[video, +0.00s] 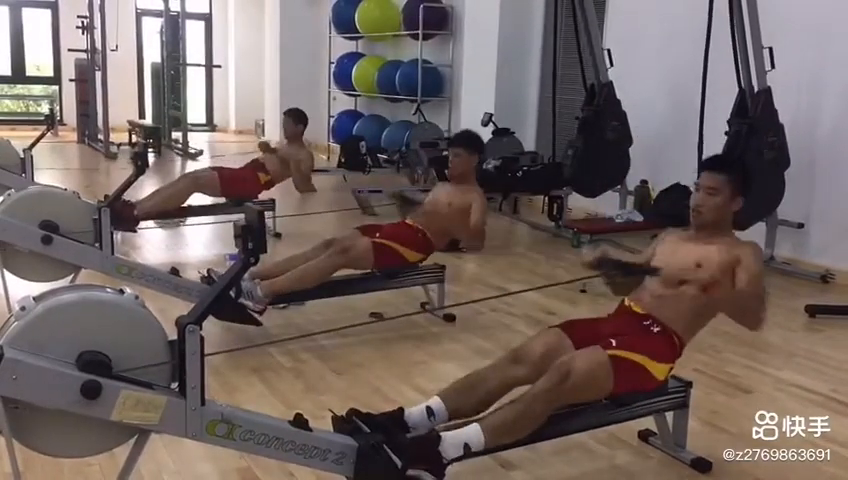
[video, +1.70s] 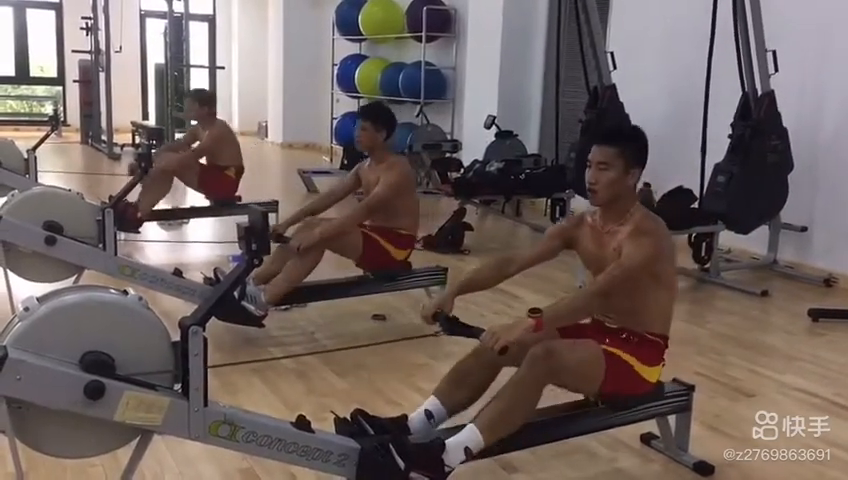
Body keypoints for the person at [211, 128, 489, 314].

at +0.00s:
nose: (449, 163)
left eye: (456, 158)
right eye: (450, 157)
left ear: (474, 162)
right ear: (453, 158)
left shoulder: (476, 198)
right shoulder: (446, 185)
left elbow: (475, 244)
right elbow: (428, 218)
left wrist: (452, 236)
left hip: (413, 243)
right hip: (396, 228)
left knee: (343, 252)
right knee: (330, 243)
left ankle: (262, 293)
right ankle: (247, 276)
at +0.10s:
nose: (450, 161)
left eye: (457, 156)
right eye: (450, 155)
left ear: (474, 162)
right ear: (453, 159)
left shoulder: (474, 198)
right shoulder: (448, 189)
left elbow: (485, 247)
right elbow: (422, 215)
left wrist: (470, 214)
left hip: (412, 242)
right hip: (394, 229)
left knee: (343, 253)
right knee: (329, 243)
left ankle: (261, 294)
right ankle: (246, 276)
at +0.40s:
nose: (436, 149)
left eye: (443, 144)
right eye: (436, 143)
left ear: (462, 149)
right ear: (442, 147)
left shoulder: (466, 189)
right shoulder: (432, 178)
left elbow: (469, 239)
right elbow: (421, 216)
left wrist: (439, 217)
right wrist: (396, 210)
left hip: (415, 243)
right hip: (396, 230)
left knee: (339, 256)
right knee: (327, 245)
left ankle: (259, 299)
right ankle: (246, 280)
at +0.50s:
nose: (429, 144)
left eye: (436, 139)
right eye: (428, 139)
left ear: (454, 144)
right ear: (430, 142)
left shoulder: (458, 181)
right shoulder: (425, 173)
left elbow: (457, 233)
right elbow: (412, 211)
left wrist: (423, 228)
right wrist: (381, 218)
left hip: (414, 242)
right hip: (391, 231)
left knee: (337, 258)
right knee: (325, 248)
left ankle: (259, 298)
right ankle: (243, 280)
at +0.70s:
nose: (413, 137)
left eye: (420, 132)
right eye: (413, 131)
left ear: (439, 137)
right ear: (416, 132)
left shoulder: (443, 175)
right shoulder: (414, 169)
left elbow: (430, 228)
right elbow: (387, 205)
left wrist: (383, 235)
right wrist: (347, 221)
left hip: (410, 247)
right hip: (389, 238)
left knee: (340, 264)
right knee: (329, 251)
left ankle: (259, 300)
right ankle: (245, 282)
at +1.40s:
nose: (381, 134)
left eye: (388, 130)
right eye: (382, 129)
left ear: (406, 133)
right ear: (393, 133)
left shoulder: (420, 170)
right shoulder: (387, 169)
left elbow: (389, 215)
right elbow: (353, 199)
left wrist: (342, 241)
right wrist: (312, 225)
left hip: (407, 248)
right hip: (384, 240)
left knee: (336, 256)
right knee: (320, 251)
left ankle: (262, 302)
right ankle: (245, 285)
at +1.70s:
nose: (357, 134)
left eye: (365, 129)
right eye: (358, 128)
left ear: (383, 134)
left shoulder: (398, 171)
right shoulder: (365, 167)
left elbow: (363, 211)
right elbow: (329, 197)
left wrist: (317, 235)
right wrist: (287, 223)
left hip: (393, 247)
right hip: (371, 237)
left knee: (321, 237)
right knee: (309, 225)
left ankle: (265, 299)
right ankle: (251, 283)